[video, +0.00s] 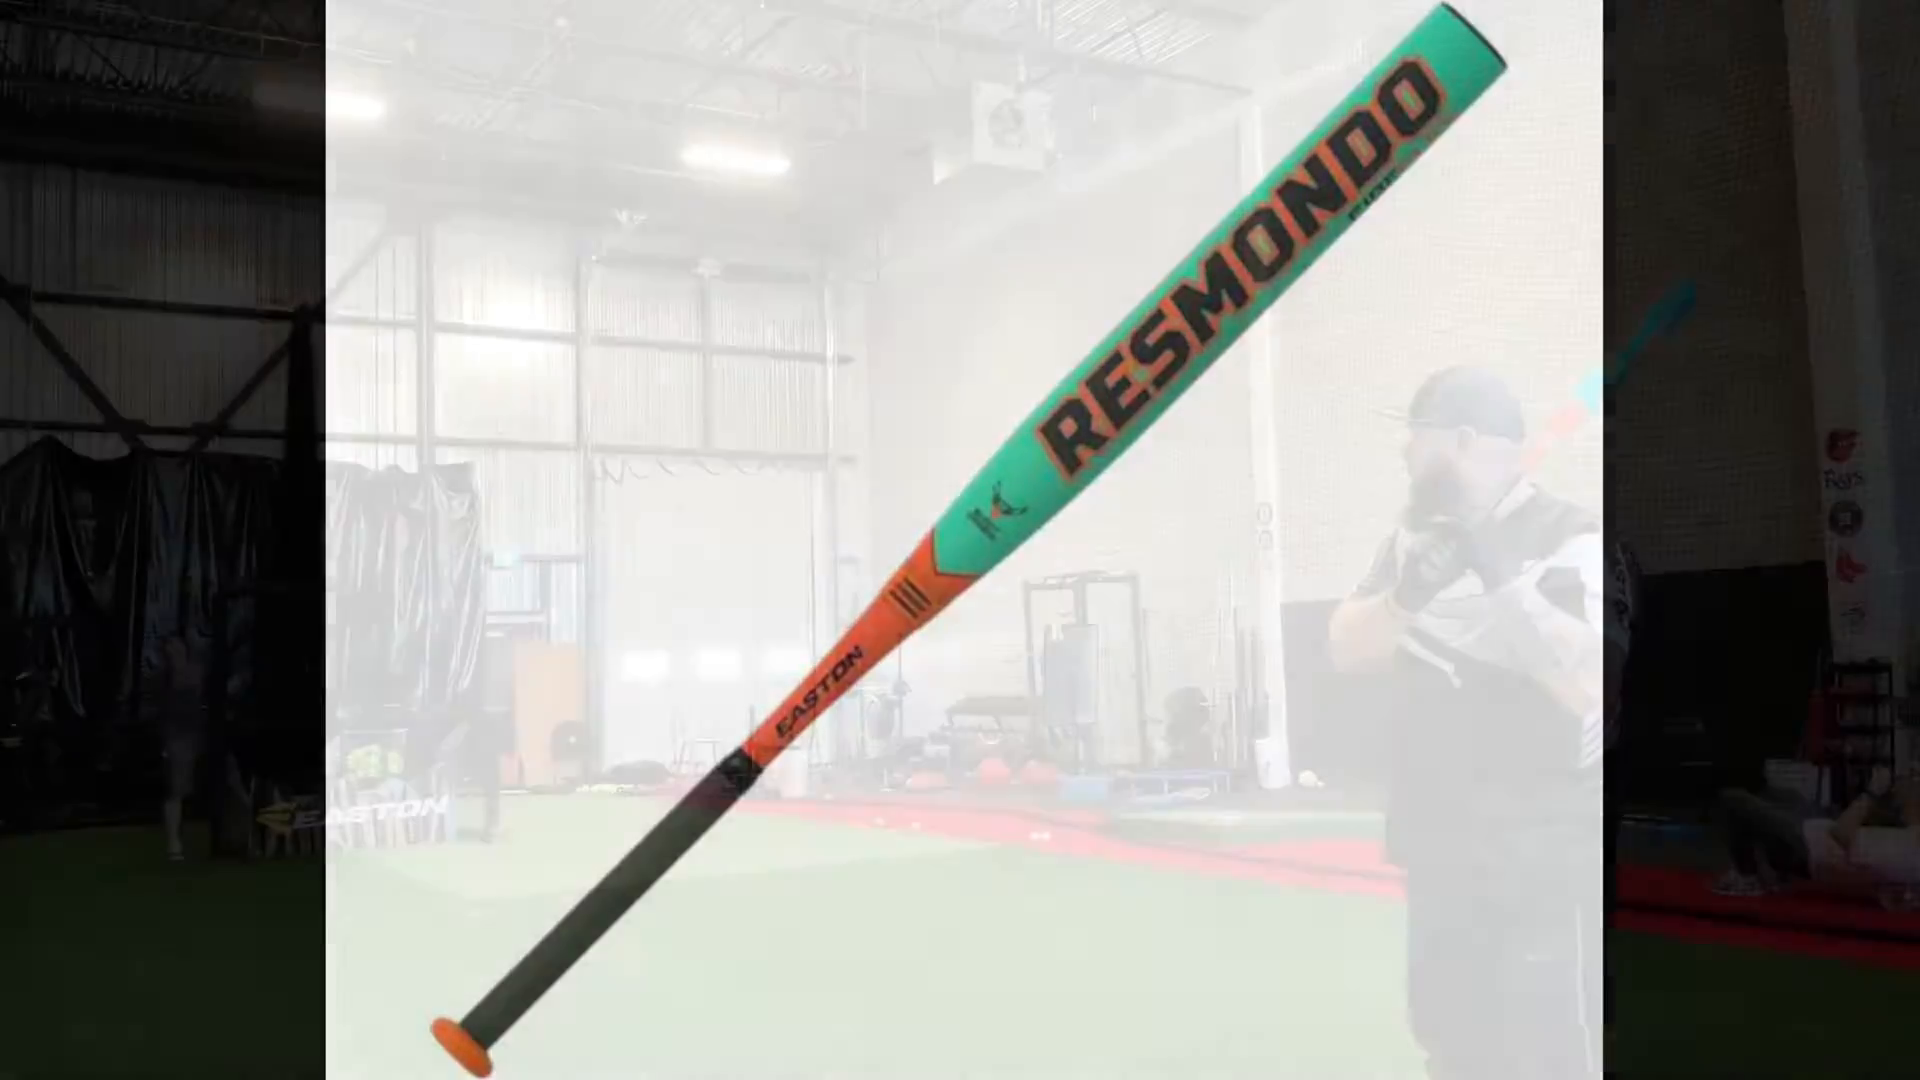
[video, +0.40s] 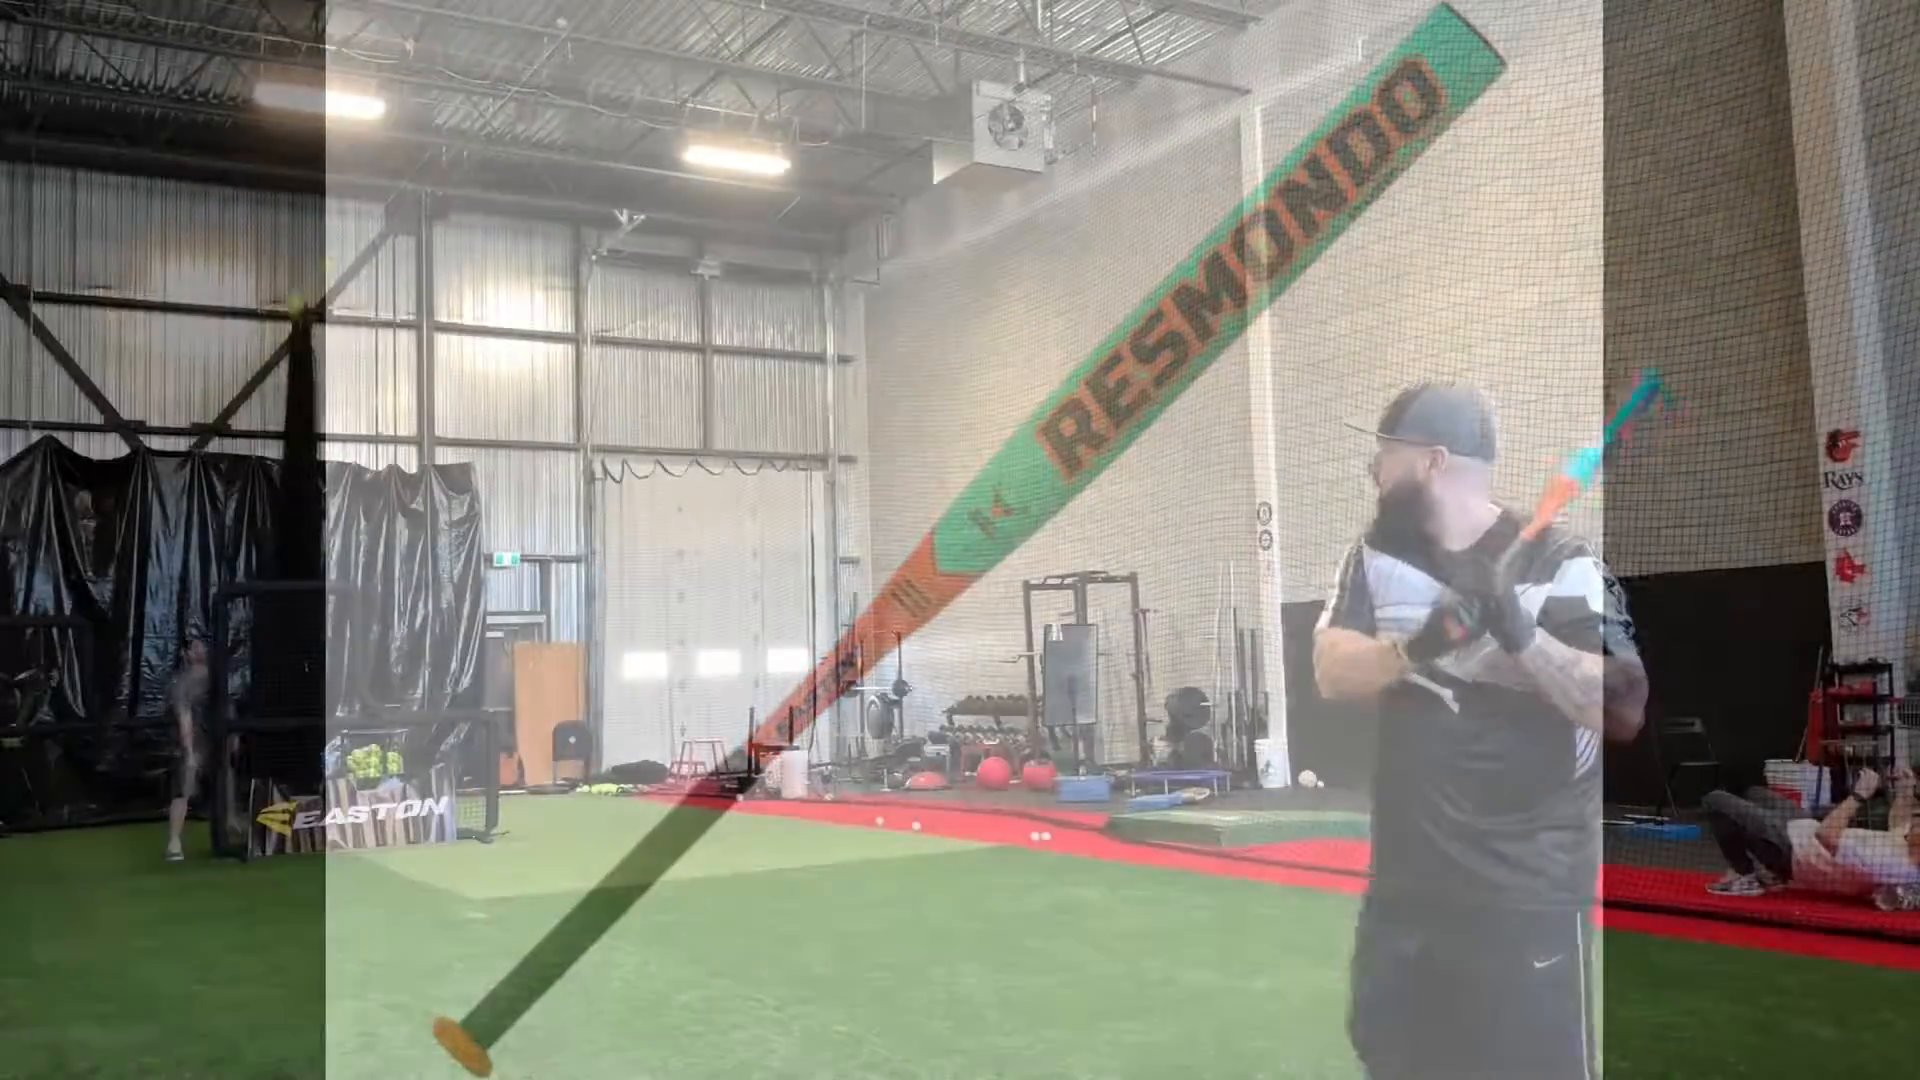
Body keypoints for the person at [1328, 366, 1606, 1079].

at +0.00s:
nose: (1429, 462)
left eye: (1448, 441)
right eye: (1419, 442)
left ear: (1503, 445)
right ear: (1409, 448)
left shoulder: (1571, 535)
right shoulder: (1412, 542)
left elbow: (1586, 689)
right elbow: (1348, 650)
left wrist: (1495, 575)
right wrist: (1412, 583)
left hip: (1547, 850)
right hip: (1440, 847)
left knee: (1544, 1039)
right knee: (1452, 1034)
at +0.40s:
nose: (1371, 467)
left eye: (1385, 450)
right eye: (1376, 450)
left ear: (1435, 458)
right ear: (1432, 461)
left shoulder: (1563, 563)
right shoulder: (1379, 555)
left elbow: (1623, 709)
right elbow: (1331, 673)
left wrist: (1525, 638)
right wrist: (1418, 648)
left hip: (1527, 895)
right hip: (1407, 886)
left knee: (1530, 1067)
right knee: (1394, 1059)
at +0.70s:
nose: (1299, 518)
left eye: (1312, 504)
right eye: (1304, 504)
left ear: (1358, 519)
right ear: (1353, 521)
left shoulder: (1486, 611)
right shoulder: (1309, 610)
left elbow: (1577, 742)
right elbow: (1309, 736)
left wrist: (1514, 734)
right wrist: (1413, 756)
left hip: (1466, 871)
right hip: (1339, 859)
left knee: (1499, 1059)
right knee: (1223, 953)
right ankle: (1245, 1073)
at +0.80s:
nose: (1258, 539)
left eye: (1273, 524)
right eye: (1263, 524)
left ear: (1323, 537)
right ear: (1318, 539)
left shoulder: (1440, 613)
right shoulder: (1269, 616)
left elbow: (1543, 742)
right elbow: (1267, 702)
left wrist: (1483, 685)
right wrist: (1392, 702)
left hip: (1430, 881)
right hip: (1306, 873)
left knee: (1472, 1052)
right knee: (1195, 994)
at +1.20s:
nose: (1186, 555)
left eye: (1186, 543)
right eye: (1184, 542)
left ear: (1200, 551)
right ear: (1269, 531)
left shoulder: (1180, 623)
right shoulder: (1344, 575)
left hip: (1245, 876)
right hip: (1349, 868)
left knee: (1213, 1054)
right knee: (1260, 1045)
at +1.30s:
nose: (1178, 543)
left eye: (1179, 532)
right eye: (1182, 529)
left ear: (1190, 539)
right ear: (1266, 521)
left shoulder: (1175, 617)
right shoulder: (1344, 579)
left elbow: (1258, 605)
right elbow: (1480, 625)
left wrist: (1365, 569)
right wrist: (1606, 634)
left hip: (1240, 874)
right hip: (1345, 863)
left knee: (1247, 1053)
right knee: (1272, 1045)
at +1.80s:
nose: (1367, 470)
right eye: (1364, 461)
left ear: (1285, 476)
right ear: (1361, 466)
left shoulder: (1295, 552)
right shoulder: (1365, 542)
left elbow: (1431, 555)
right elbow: (1361, 675)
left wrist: (1489, 477)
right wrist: (1382, 794)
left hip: (1310, 817)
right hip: (1401, 817)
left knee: (1338, 1008)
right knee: (1425, 1004)